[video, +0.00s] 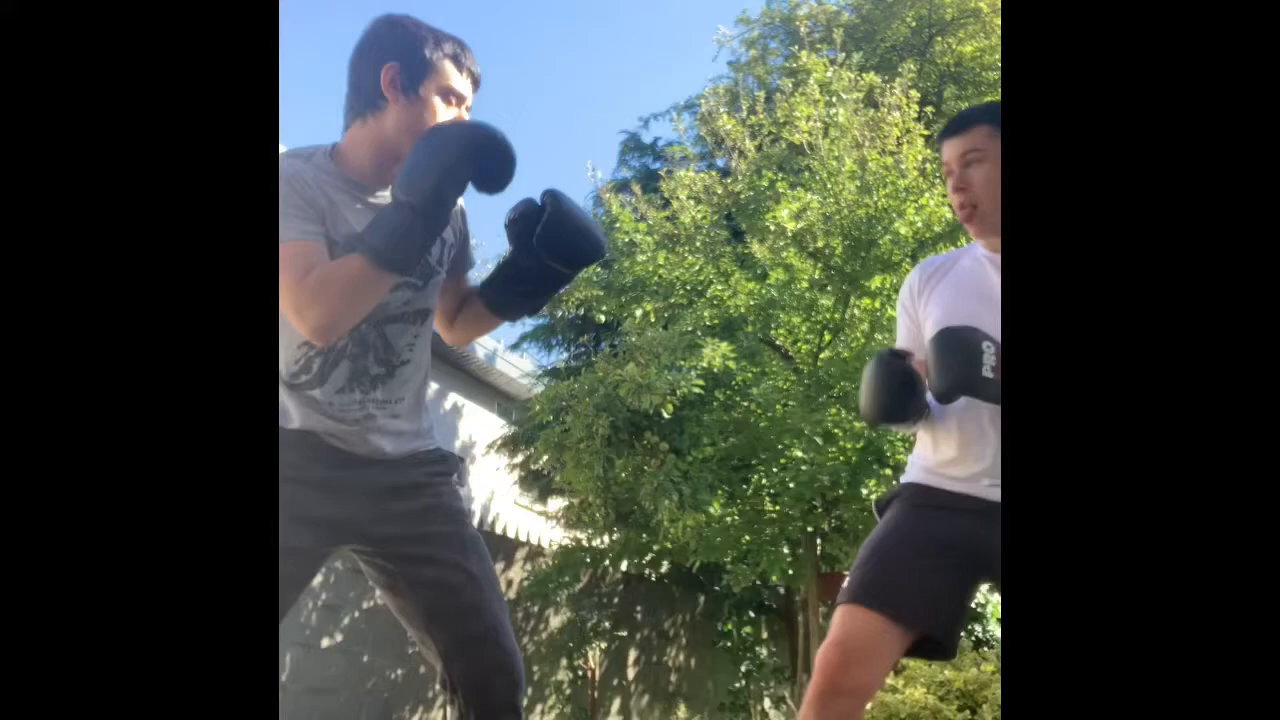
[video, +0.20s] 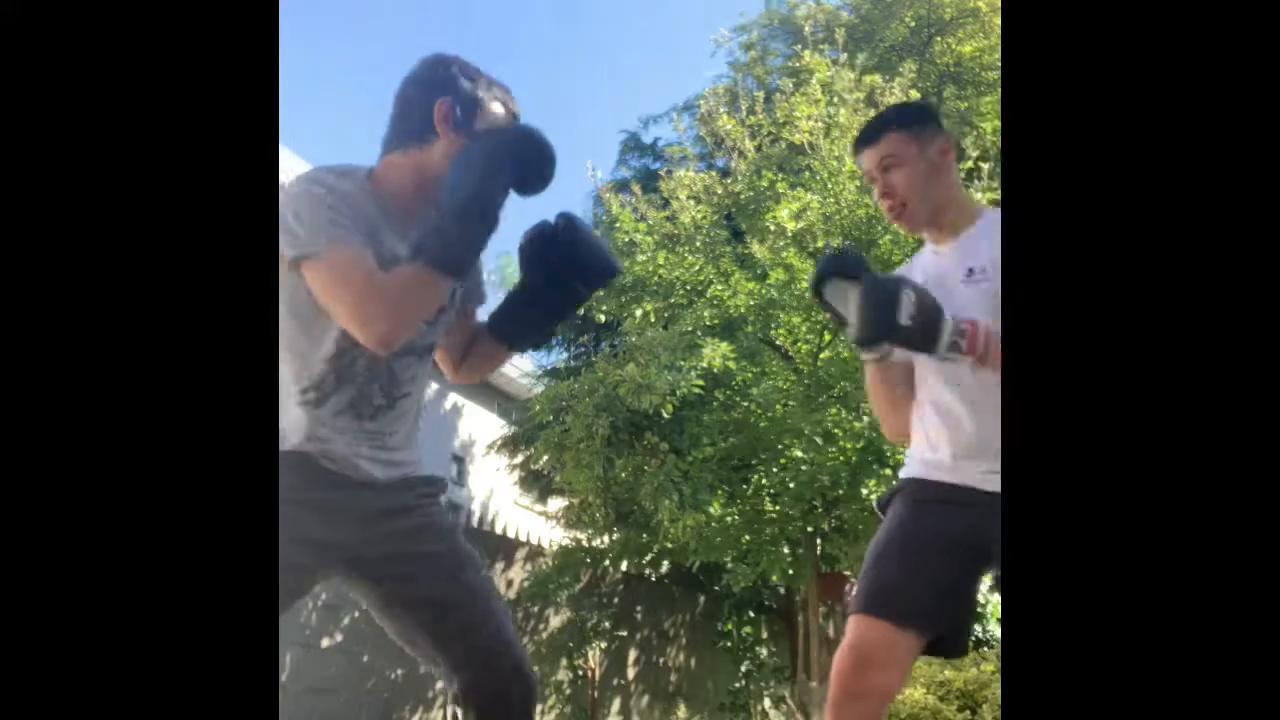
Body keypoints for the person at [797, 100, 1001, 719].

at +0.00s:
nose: (955, 184)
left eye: (972, 161)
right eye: (948, 171)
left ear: (1011, 165)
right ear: (945, 184)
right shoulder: (929, 282)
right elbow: (918, 386)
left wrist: (994, 374)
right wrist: (901, 394)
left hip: (998, 498)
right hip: (942, 495)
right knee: (840, 672)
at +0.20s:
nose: (882, 192)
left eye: (891, 167)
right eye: (872, 182)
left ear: (945, 154)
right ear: (871, 193)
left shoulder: (997, 235)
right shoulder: (905, 285)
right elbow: (900, 427)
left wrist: (952, 336)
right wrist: (873, 333)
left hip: (991, 477)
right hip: (944, 480)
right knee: (859, 678)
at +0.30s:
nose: (858, 199)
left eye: (864, 176)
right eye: (843, 189)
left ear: (905, 158)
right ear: (831, 201)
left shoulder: (990, 227)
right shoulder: (866, 272)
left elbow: (976, 336)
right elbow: (854, 395)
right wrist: (826, 290)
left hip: (1000, 482)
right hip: (921, 482)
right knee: (847, 669)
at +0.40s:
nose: (831, 204)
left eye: (839, 184)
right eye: (820, 197)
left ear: (872, 163)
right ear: (816, 207)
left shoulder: (970, 222)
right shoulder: (841, 271)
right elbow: (819, 361)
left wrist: (829, 217)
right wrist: (793, 256)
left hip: (992, 482)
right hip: (899, 481)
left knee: (994, 674)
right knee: (830, 670)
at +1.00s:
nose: (870, 176)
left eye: (879, 152)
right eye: (861, 166)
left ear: (932, 129)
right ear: (860, 175)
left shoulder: (997, 216)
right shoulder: (887, 253)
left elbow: (965, 325)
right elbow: (865, 403)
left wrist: (868, 251)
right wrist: (827, 305)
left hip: (996, 479)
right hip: (915, 477)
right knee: (822, 666)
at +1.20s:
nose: (958, 143)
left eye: (972, 123)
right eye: (949, 132)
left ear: (1010, 127)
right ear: (944, 149)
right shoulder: (953, 235)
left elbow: (979, 312)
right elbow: (883, 367)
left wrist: (919, 213)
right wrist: (881, 250)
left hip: (984, 466)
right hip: (955, 466)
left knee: (859, 671)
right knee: (853, 673)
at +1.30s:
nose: (991, 159)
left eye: (999, 143)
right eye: (984, 146)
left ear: (1009, 147)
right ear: (976, 156)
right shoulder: (973, 249)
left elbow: (988, 323)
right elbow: (905, 378)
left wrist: (957, 243)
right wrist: (909, 262)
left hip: (983, 484)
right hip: (978, 480)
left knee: (872, 683)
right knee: (867, 684)